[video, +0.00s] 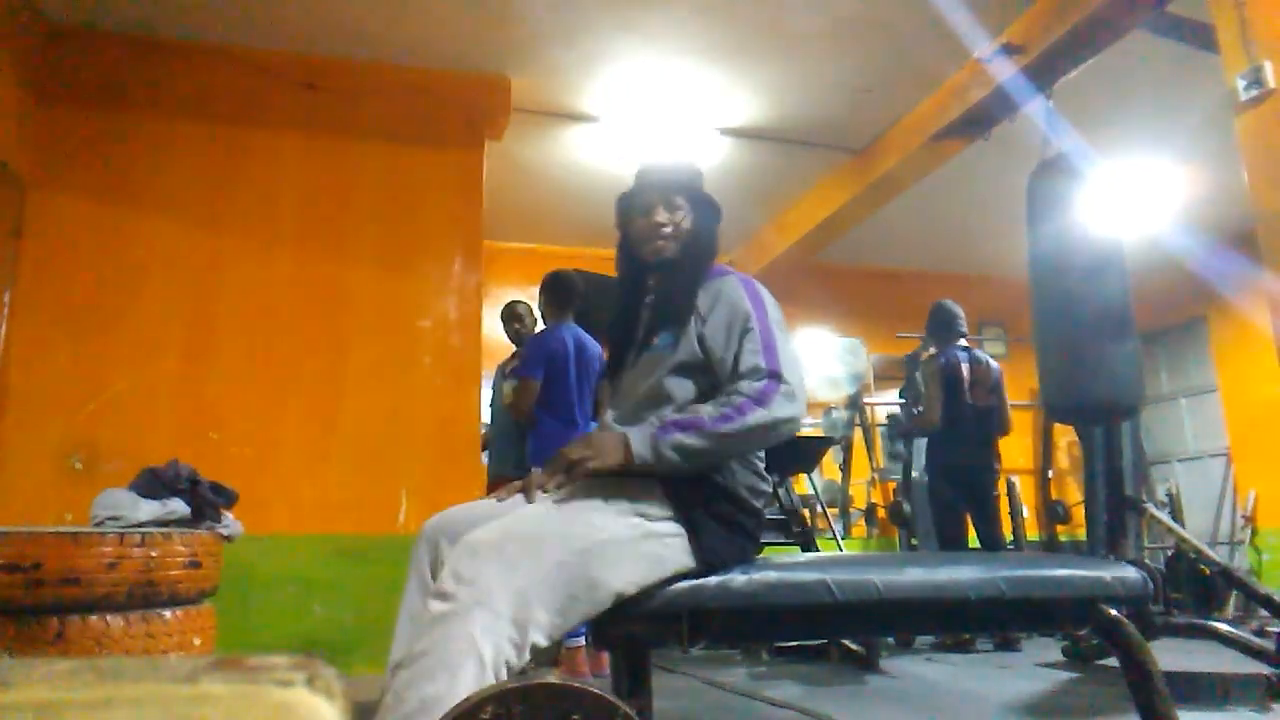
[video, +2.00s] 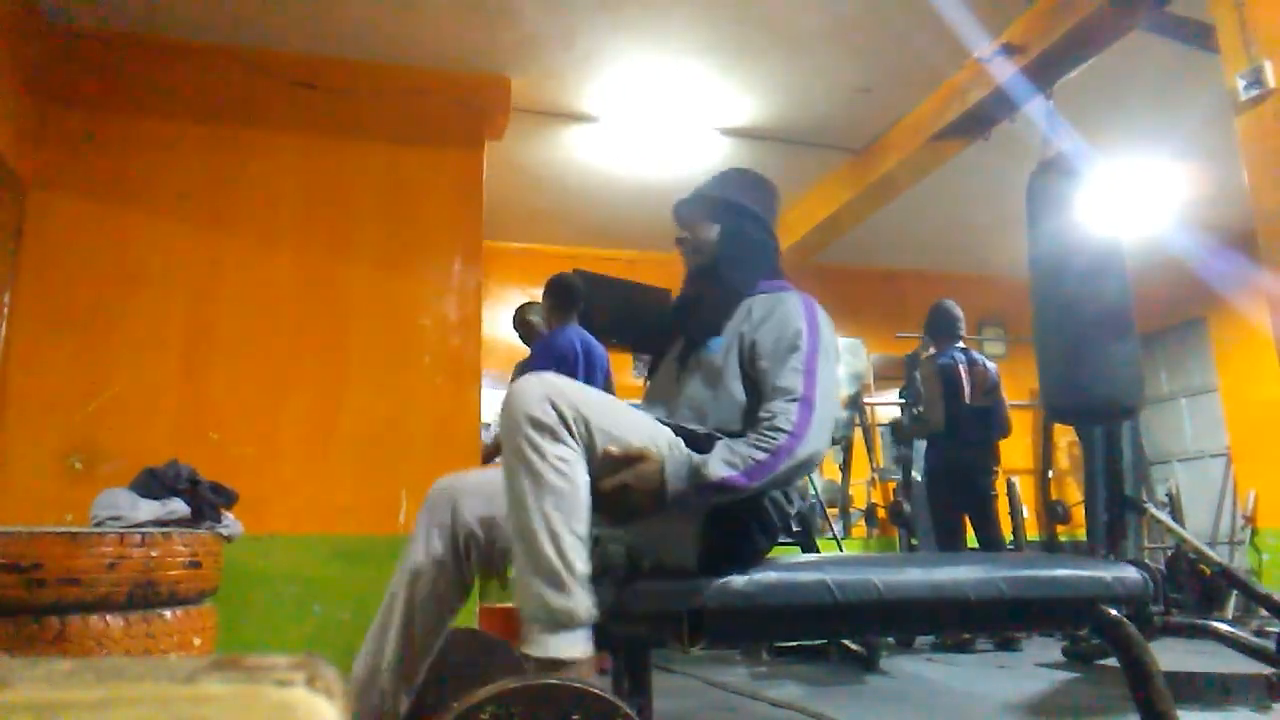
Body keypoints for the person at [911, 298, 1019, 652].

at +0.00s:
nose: (929, 339)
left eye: (929, 333)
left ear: (932, 332)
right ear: (964, 328)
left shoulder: (935, 366)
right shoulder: (991, 365)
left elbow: (932, 420)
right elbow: (1005, 424)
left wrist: (905, 424)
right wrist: (975, 423)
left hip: (946, 466)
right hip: (982, 466)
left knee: (952, 547)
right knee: (995, 544)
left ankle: (959, 631)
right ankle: (1007, 629)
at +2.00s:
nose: (928, 339)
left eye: (928, 333)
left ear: (930, 333)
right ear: (963, 330)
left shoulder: (931, 368)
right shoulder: (986, 366)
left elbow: (934, 423)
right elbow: (1004, 424)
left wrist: (905, 428)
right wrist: (972, 431)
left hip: (944, 466)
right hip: (981, 465)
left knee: (950, 546)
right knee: (992, 542)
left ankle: (956, 628)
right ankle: (1008, 626)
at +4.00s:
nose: (920, 341)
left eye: (921, 335)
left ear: (923, 335)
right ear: (954, 334)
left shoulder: (922, 366)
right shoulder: (980, 368)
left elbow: (930, 419)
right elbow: (1003, 420)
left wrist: (927, 469)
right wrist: (1007, 466)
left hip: (944, 469)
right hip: (979, 467)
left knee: (949, 547)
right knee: (989, 542)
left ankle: (960, 630)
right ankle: (1006, 626)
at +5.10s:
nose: (957, 328)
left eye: (950, 325)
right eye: (959, 321)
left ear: (944, 332)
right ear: (970, 328)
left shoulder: (943, 363)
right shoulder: (992, 365)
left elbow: (942, 412)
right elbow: (1003, 421)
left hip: (951, 456)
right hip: (985, 461)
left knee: (953, 543)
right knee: (995, 540)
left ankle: (952, 624)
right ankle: (1007, 621)